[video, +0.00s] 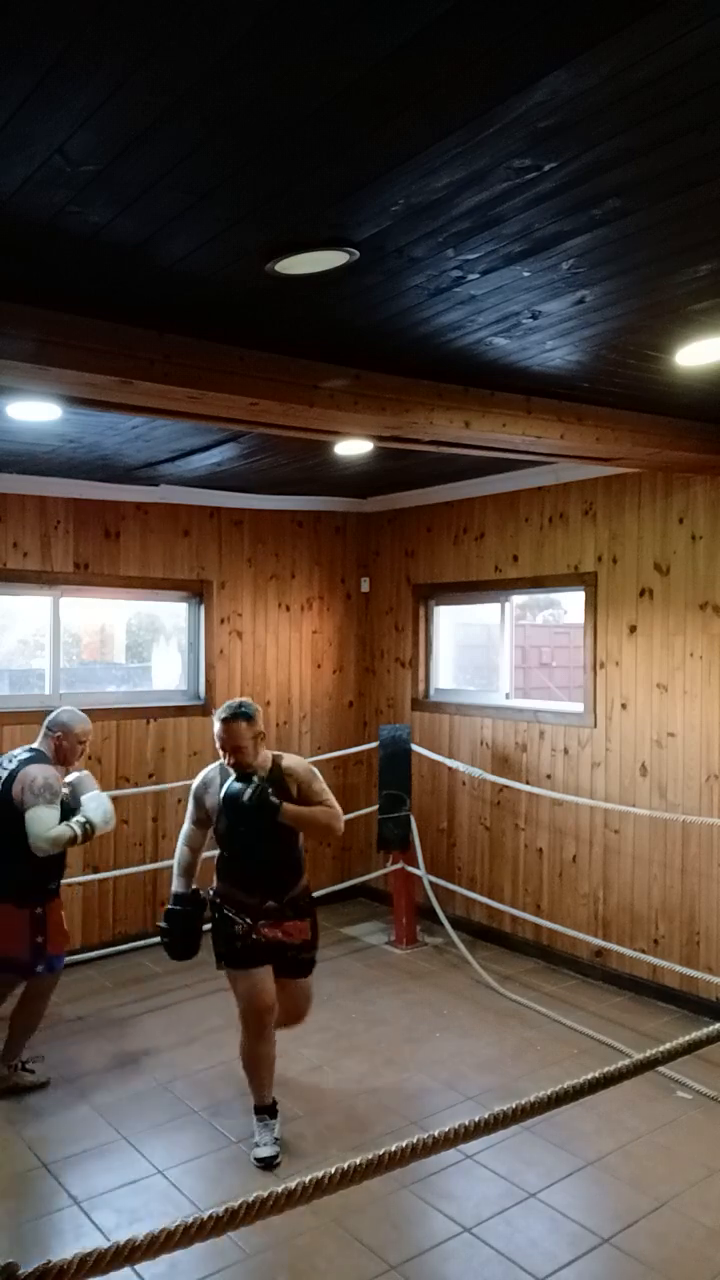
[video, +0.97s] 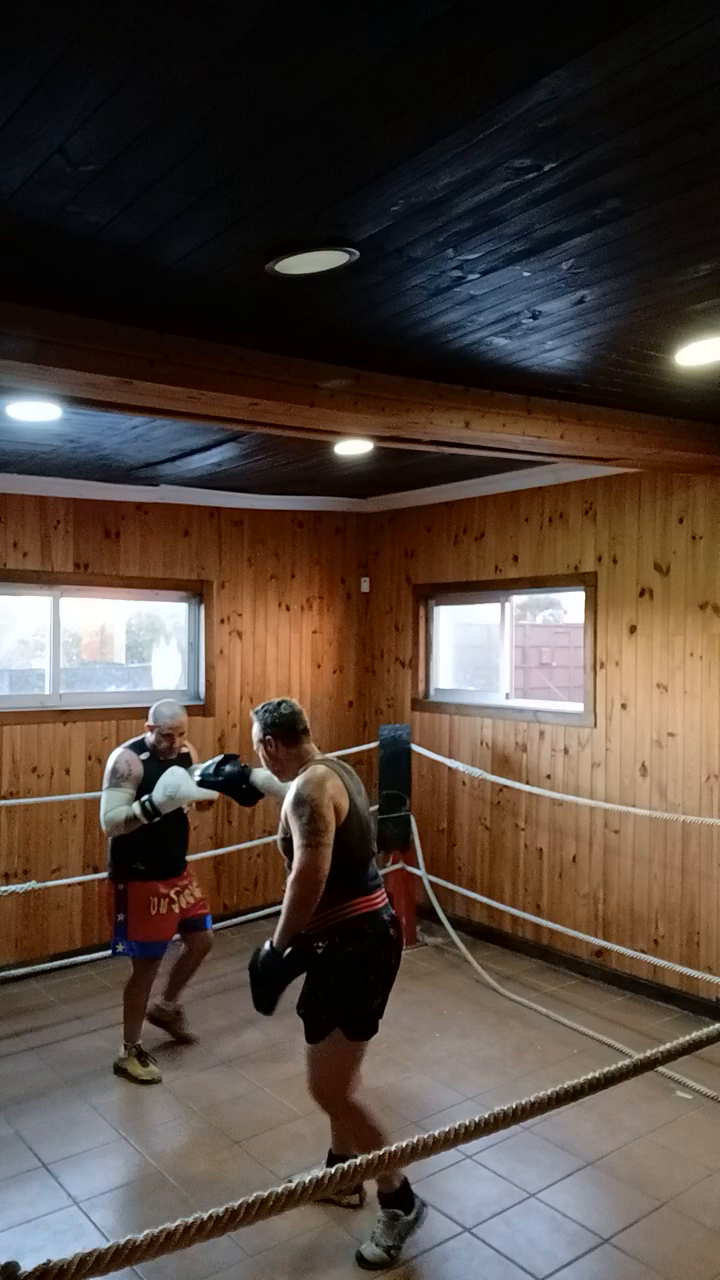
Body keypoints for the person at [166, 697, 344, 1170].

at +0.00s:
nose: (231, 756)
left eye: (238, 747)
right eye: (223, 748)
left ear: (259, 736)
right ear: (216, 743)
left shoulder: (295, 770)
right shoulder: (209, 784)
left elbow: (334, 823)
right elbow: (190, 842)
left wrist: (272, 806)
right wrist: (179, 901)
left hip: (292, 905)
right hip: (237, 910)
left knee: (294, 1010)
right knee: (259, 1012)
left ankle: (253, 1018)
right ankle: (264, 1117)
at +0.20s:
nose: (231, 750)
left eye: (236, 740)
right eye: (227, 741)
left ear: (266, 727)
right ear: (232, 736)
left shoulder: (313, 766)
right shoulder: (238, 773)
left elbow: (337, 829)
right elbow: (222, 831)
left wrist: (272, 802)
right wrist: (207, 879)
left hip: (316, 908)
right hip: (260, 911)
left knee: (320, 1020)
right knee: (263, 1022)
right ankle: (265, 1121)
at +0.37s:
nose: (246, 762)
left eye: (248, 752)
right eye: (243, 754)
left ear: (272, 745)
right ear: (268, 745)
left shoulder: (330, 789)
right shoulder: (268, 788)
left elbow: (335, 861)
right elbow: (269, 852)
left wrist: (266, 839)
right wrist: (235, 878)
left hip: (336, 936)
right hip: (285, 930)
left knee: (342, 1061)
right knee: (272, 1043)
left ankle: (398, 1202)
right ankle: (280, 1121)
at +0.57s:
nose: (262, 763)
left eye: (262, 753)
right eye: (261, 754)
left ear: (280, 752)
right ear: (303, 744)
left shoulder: (329, 806)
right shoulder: (314, 791)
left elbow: (337, 889)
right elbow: (312, 860)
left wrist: (271, 934)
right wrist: (278, 880)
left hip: (359, 949)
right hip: (325, 942)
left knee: (345, 1091)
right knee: (286, 1036)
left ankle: (406, 1211)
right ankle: (317, 1145)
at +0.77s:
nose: (263, 745)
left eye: (263, 736)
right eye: (264, 736)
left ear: (276, 738)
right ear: (313, 729)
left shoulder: (315, 789)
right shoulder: (340, 772)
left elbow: (328, 875)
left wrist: (299, 953)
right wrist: (278, 808)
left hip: (351, 941)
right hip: (350, 931)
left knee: (358, 1079)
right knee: (323, 1044)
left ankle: (409, 1209)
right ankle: (342, 1167)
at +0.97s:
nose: (260, 754)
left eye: (259, 746)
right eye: (259, 747)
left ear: (273, 745)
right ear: (305, 734)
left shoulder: (311, 787)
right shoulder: (338, 771)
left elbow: (310, 874)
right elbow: (298, 801)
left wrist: (278, 953)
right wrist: (252, 782)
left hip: (352, 941)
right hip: (363, 930)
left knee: (330, 1087)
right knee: (334, 1068)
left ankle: (400, 1202)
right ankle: (344, 1172)